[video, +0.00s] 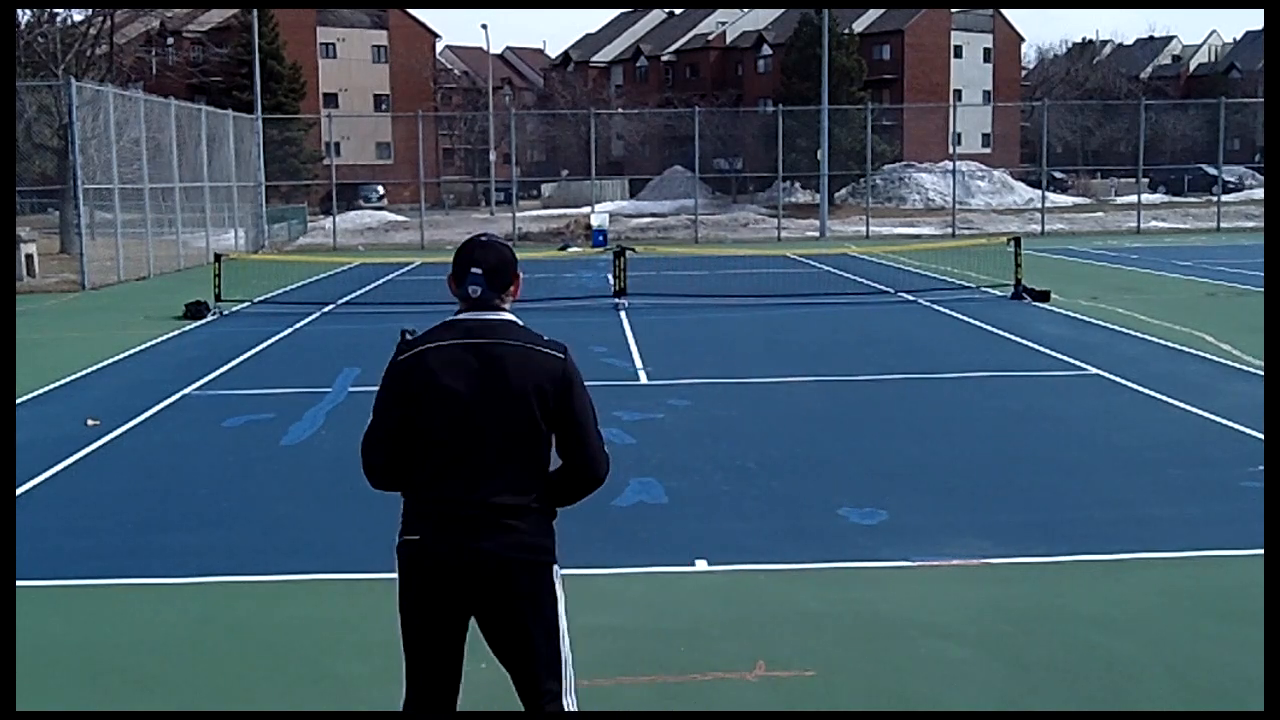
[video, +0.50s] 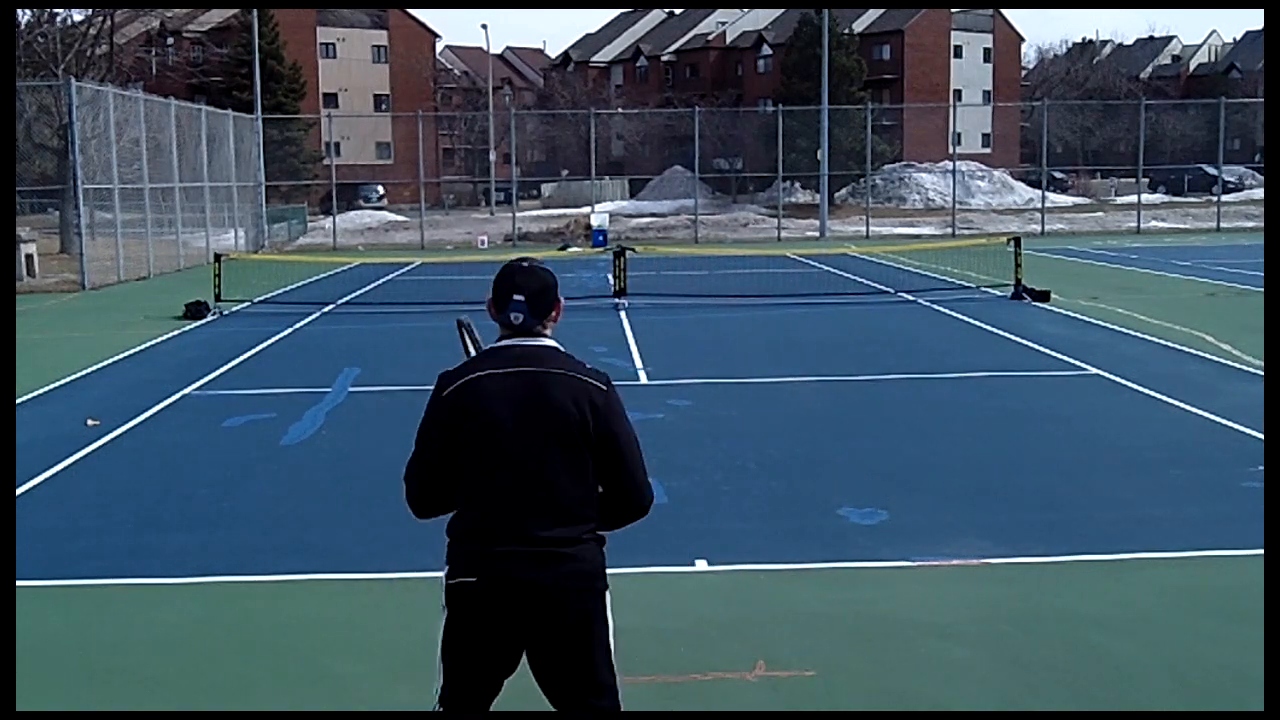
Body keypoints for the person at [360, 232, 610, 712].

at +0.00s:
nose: (517, 284)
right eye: (517, 279)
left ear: (453, 288)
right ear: (515, 286)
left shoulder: (411, 358)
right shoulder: (549, 359)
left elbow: (380, 469)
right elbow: (590, 466)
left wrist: (436, 474)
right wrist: (536, 497)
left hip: (430, 558)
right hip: (518, 559)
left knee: (427, 699)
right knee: (547, 697)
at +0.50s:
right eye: (556, 303)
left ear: (491, 310)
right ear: (556, 311)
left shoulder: (457, 384)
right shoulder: (591, 385)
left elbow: (423, 499)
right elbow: (634, 497)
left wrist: (480, 476)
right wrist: (571, 514)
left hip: (481, 591)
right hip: (571, 591)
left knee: (461, 705)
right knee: (592, 705)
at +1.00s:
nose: (488, 334)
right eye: (488, 326)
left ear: (420, 327)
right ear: (482, 335)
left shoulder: (387, 392)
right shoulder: (461, 408)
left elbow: (447, 481)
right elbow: (492, 533)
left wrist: (527, 452)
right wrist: (546, 507)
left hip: (383, 590)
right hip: (451, 595)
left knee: (446, 705)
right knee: (521, 705)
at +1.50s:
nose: (328, 367)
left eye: (326, 357)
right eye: (326, 356)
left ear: (275, 348)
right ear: (314, 360)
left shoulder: (286, 412)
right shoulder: (247, 404)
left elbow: (348, 466)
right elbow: (209, 491)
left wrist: (430, 463)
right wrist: (299, 470)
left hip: (194, 599)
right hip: (164, 601)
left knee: (225, 703)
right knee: (204, 706)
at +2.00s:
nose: (255, 418)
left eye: (257, 409)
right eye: (256, 410)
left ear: (195, 397)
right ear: (240, 415)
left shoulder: (121, 425)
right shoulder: (216, 476)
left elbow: (77, 514)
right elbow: (245, 600)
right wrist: (315, 684)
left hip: (20, 609)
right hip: (92, 632)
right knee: (171, 708)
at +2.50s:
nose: (182, 307)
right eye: (179, 303)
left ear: (118, 312)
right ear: (174, 313)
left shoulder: (75, 385)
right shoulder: (201, 353)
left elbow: (20, 441)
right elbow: (148, 305)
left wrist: (21, 359)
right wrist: (52, 278)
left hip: (107, 576)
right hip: (198, 570)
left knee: (96, 703)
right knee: (229, 702)